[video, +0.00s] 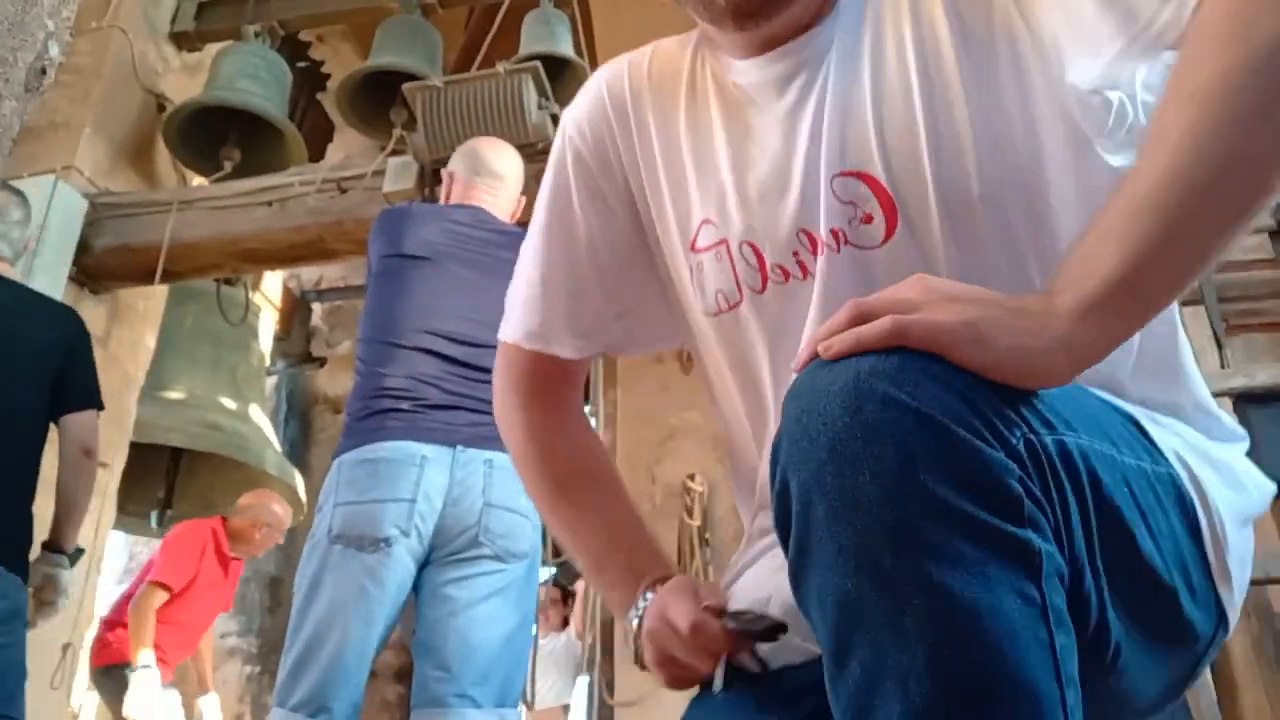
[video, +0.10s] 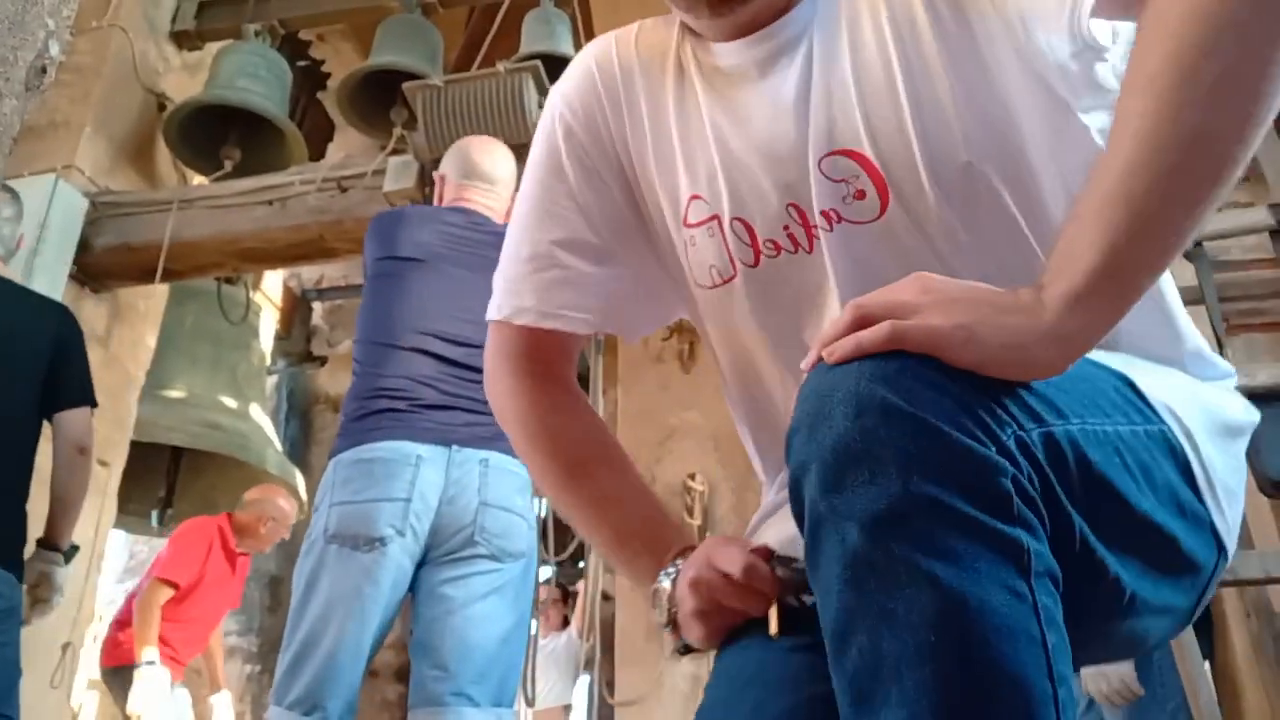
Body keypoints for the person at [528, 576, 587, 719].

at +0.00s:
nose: (544, 608)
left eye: (552, 602)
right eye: (540, 601)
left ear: (566, 609)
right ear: (532, 605)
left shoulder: (569, 640)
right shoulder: (523, 641)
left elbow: (582, 586)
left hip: (556, 713)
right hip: (525, 713)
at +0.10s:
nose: (544, 609)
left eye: (552, 602)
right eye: (540, 603)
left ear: (566, 607)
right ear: (533, 607)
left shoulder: (569, 639)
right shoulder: (526, 642)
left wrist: (583, 591)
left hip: (553, 713)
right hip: (523, 714)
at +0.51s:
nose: (542, 608)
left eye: (550, 604)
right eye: (538, 603)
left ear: (565, 609)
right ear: (533, 607)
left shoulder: (571, 641)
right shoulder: (515, 644)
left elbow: (590, 589)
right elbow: (480, 619)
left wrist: (574, 598)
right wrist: (525, 608)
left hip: (557, 715)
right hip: (518, 715)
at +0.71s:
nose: (541, 608)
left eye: (549, 602)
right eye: (538, 602)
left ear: (565, 608)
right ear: (532, 605)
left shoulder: (571, 641)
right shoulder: (514, 643)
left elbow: (587, 587)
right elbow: (472, 622)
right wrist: (521, 607)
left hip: (554, 714)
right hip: (518, 714)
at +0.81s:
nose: (540, 607)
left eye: (548, 602)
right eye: (537, 601)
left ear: (565, 608)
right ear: (532, 605)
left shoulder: (571, 641)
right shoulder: (514, 644)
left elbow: (585, 588)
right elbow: (471, 626)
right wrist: (520, 609)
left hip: (554, 714)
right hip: (517, 714)